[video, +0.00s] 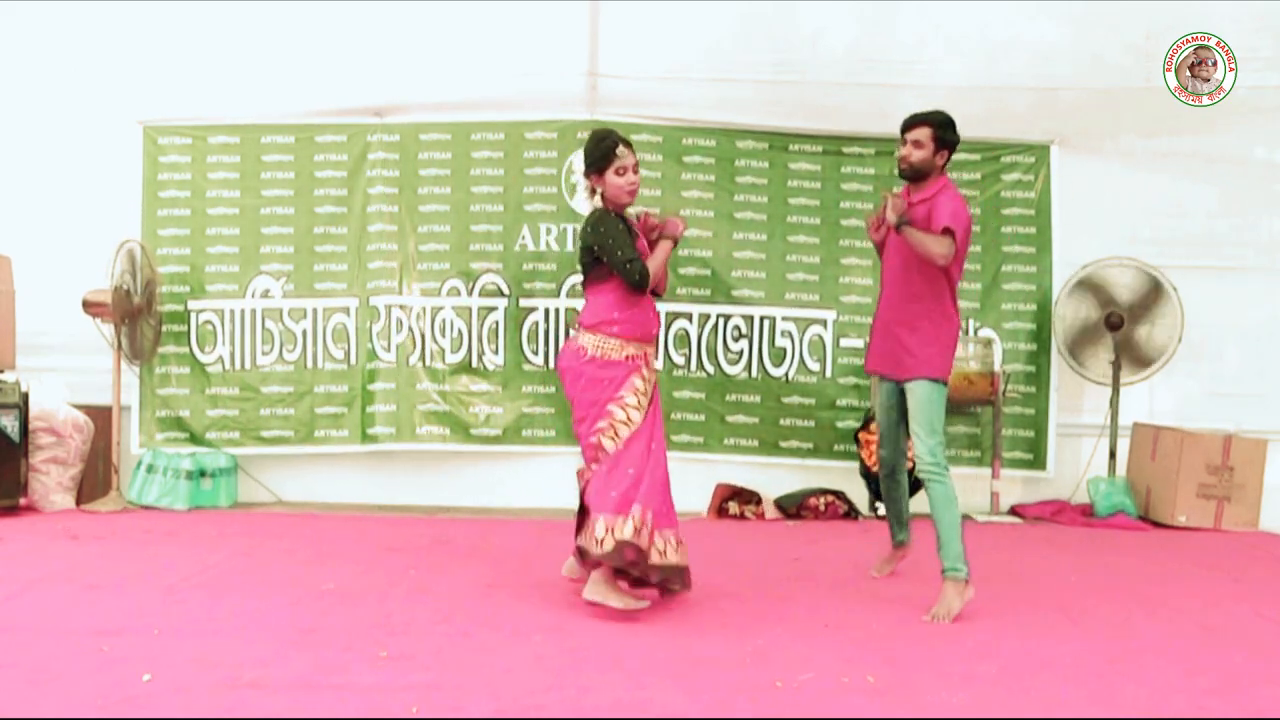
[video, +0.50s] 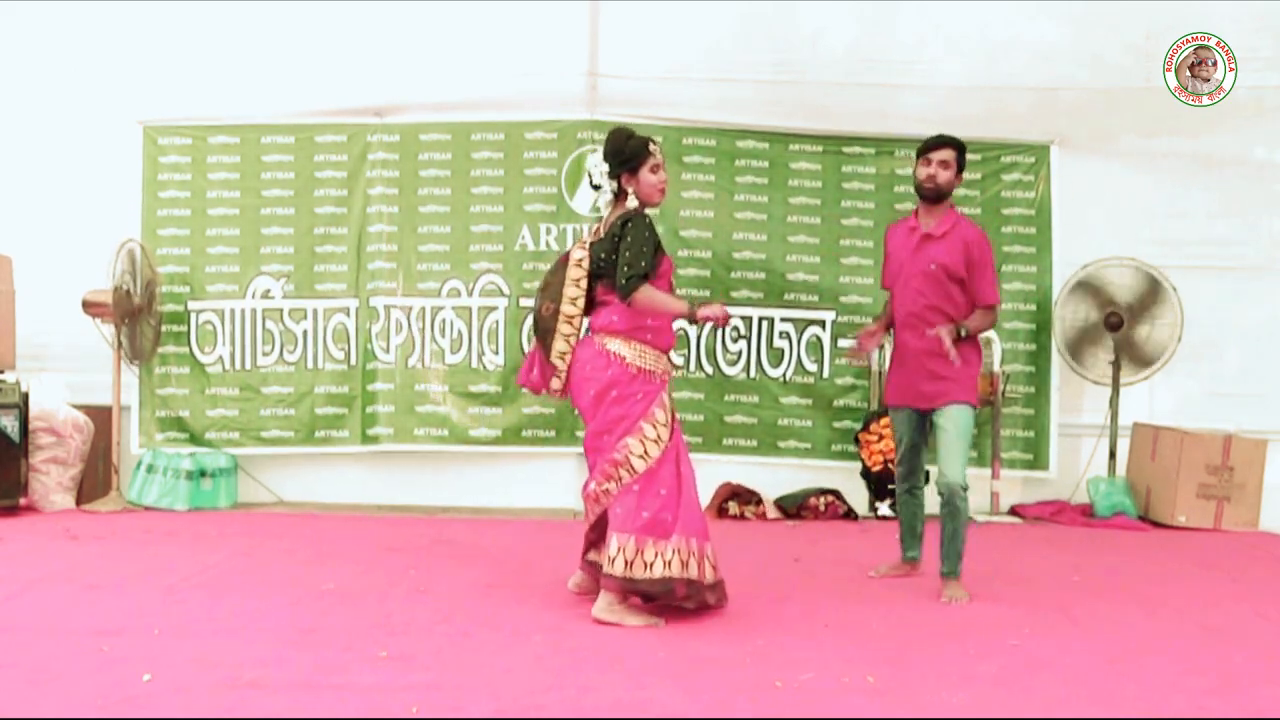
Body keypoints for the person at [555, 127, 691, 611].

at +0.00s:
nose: (633, 178)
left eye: (635, 168)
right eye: (621, 171)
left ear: (638, 171)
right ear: (596, 181)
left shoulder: (628, 224)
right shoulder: (603, 224)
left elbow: (658, 286)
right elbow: (641, 279)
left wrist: (661, 241)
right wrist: (667, 240)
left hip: (629, 355)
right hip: (603, 358)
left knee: (624, 454)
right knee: (629, 456)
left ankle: (585, 553)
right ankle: (602, 576)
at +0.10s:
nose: (646, 188)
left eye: (648, 179)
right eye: (635, 180)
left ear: (645, 183)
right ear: (608, 189)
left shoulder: (611, 234)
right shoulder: (622, 236)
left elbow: (626, 291)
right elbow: (637, 300)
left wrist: (672, 279)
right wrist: (684, 291)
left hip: (599, 367)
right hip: (616, 372)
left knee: (614, 471)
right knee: (645, 474)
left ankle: (584, 567)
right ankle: (612, 597)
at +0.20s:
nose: (655, 190)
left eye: (656, 181)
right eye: (644, 182)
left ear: (648, 185)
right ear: (618, 190)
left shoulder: (610, 238)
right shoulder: (631, 238)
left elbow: (624, 304)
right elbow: (636, 304)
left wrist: (672, 304)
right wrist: (696, 324)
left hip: (606, 369)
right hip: (628, 375)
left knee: (626, 471)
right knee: (658, 475)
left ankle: (588, 563)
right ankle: (614, 597)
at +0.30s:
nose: (662, 179)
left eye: (663, 169)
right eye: (651, 172)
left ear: (655, 172)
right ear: (626, 179)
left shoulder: (611, 227)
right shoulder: (638, 224)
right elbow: (629, 283)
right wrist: (690, 310)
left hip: (607, 362)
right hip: (630, 365)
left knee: (625, 466)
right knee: (649, 469)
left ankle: (596, 566)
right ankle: (613, 593)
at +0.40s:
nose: (665, 174)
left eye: (665, 165)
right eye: (655, 167)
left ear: (633, 173)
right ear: (629, 174)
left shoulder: (611, 220)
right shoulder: (638, 218)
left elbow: (594, 287)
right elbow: (628, 278)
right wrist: (689, 299)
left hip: (607, 359)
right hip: (630, 362)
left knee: (622, 463)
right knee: (645, 466)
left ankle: (600, 566)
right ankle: (613, 593)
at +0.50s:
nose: (663, 178)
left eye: (663, 167)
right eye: (653, 170)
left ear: (634, 177)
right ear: (627, 180)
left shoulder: (613, 225)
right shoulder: (635, 225)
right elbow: (634, 289)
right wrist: (693, 310)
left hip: (602, 361)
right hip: (623, 365)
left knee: (617, 466)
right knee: (644, 471)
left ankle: (593, 567)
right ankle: (614, 596)